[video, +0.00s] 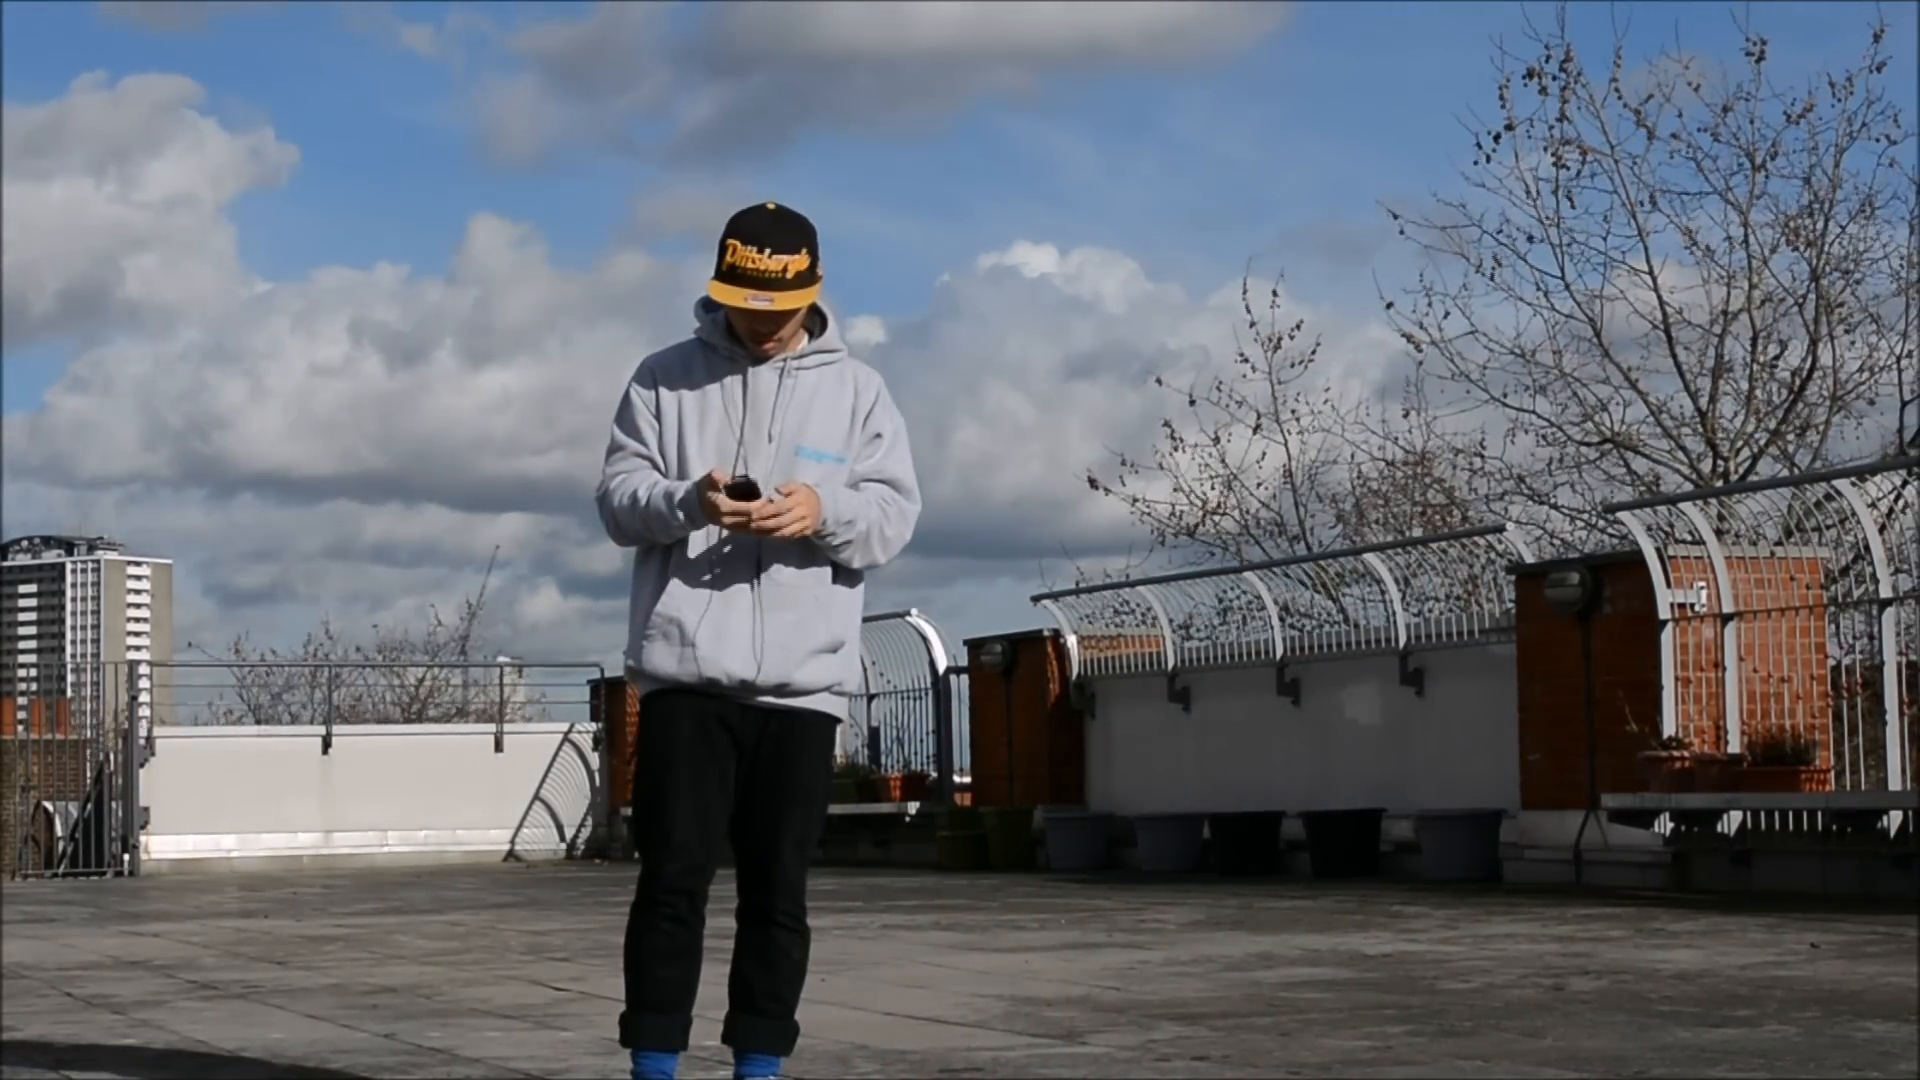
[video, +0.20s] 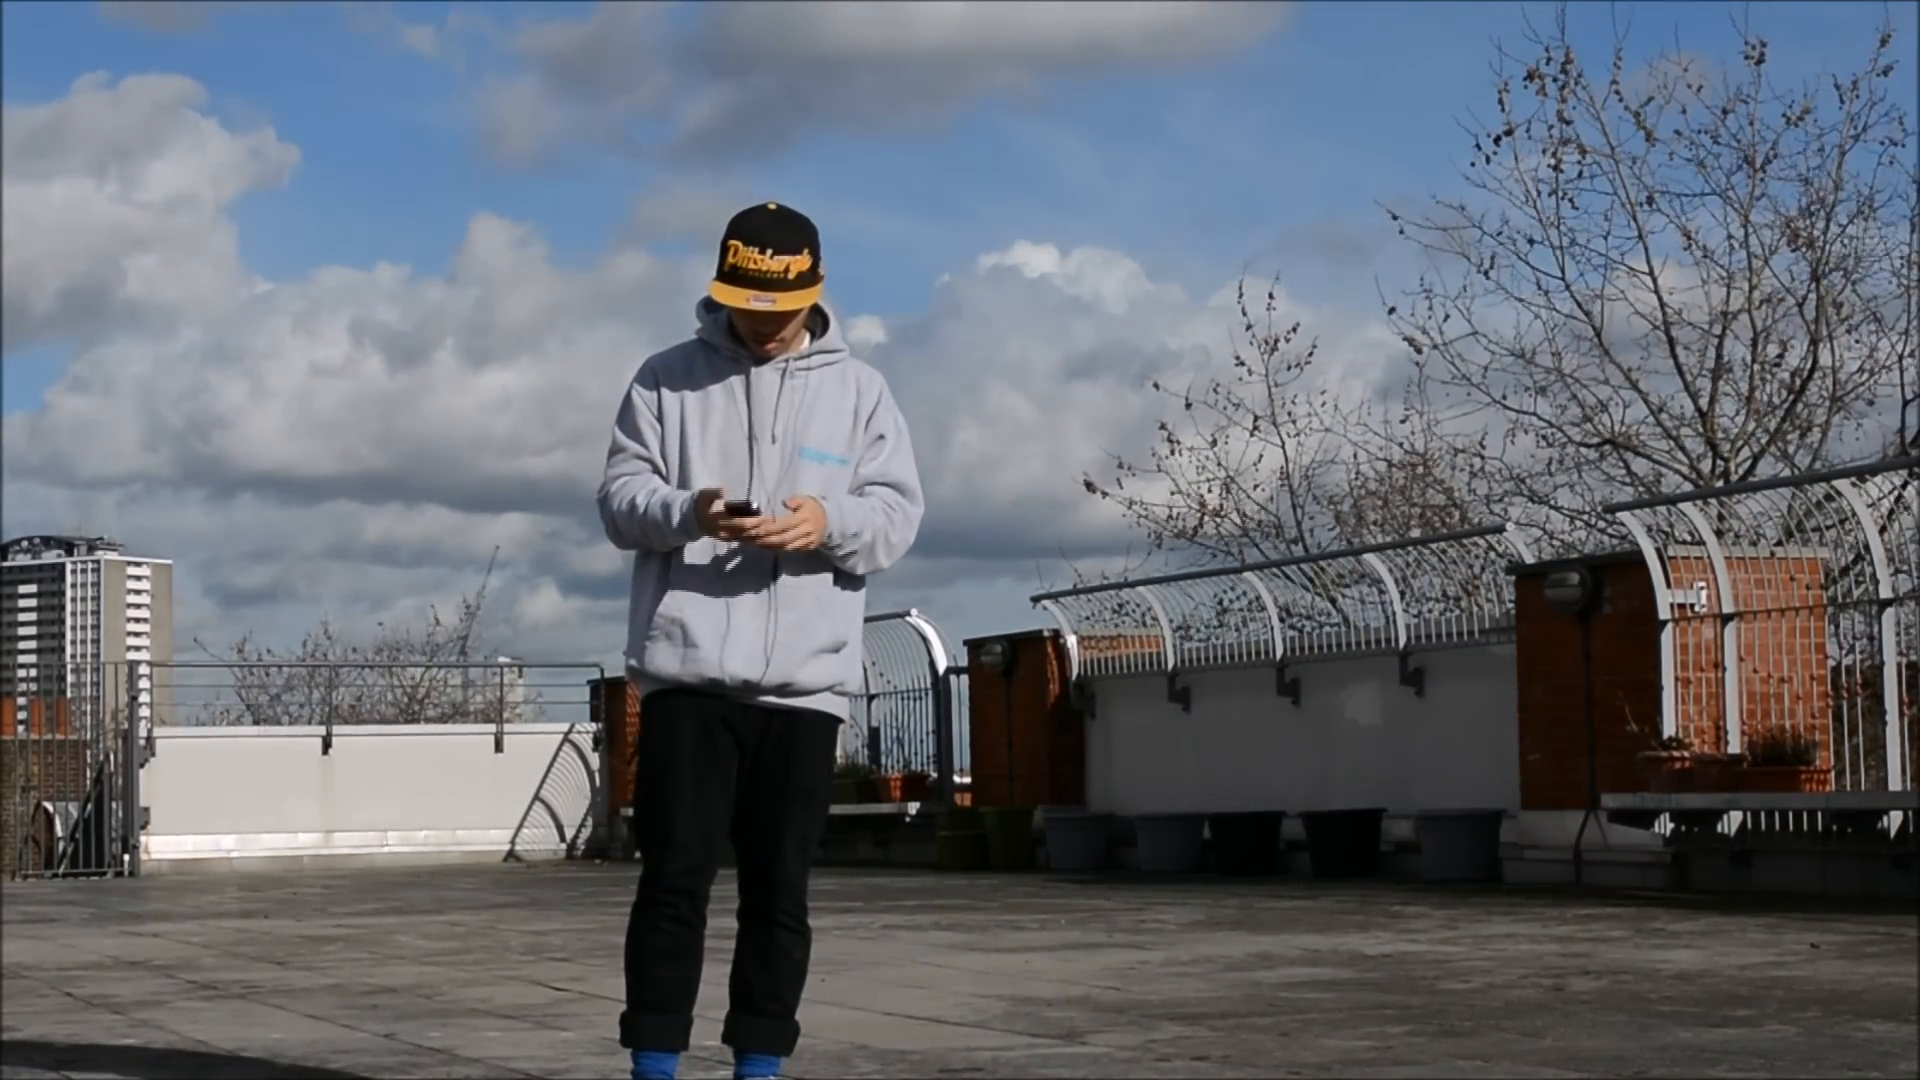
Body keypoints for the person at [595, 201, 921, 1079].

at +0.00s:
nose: (760, 320)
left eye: (779, 306)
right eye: (744, 303)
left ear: (812, 290)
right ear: (719, 287)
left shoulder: (858, 387)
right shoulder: (663, 379)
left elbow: (892, 512)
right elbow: (619, 498)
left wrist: (825, 510)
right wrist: (689, 502)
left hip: (802, 679)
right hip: (684, 674)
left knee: (779, 884)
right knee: (672, 876)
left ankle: (760, 1062)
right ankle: (653, 1061)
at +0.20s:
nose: (763, 321)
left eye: (781, 306)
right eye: (747, 304)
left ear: (814, 290)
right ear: (722, 288)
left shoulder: (860, 388)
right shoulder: (666, 379)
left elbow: (895, 513)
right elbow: (623, 499)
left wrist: (831, 523)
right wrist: (692, 514)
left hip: (804, 680)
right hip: (686, 674)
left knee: (780, 886)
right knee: (673, 877)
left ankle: (761, 1062)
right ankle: (654, 1061)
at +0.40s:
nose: (762, 318)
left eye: (781, 303)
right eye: (746, 301)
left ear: (816, 289)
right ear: (723, 287)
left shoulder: (862, 389)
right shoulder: (667, 379)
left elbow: (896, 517)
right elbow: (622, 498)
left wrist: (821, 529)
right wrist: (690, 518)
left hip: (805, 679)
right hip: (687, 673)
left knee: (780, 886)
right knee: (673, 877)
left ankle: (761, 1062)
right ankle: (654, 1061)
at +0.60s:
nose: (760, 320)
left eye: (780, 306)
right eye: (745, 303)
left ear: (817, 290)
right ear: (723, 287)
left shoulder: (863, 391)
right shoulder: (669, 378)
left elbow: (892, 516)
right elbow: (614, 490)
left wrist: (813, 535)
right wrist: (664, 509)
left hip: (803, 680)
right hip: (686, 675)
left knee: (779, 884)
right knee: (673, 876)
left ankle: (760, 1062)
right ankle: (654, 1061)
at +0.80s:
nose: (763, 322)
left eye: (782, 308)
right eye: (748, 305)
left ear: (819, 293)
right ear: (726, 287)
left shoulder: (864, 393)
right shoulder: (667, 377)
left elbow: (896, 518)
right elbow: (586, 476)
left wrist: (799, 542)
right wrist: (627, 481)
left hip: (803, 684)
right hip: (685, 676)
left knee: (778, 883)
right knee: (674, 876)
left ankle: (760, 1063)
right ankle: (654, 1061)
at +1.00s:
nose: (765, 317)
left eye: (786, 302)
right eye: (751, 298)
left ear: (823, 289)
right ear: (730, 282)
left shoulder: (866, 396)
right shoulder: (666, 375)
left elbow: (878, 523)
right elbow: (588, 465)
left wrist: (769, 543)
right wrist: (645, 534)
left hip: (805, 682)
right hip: (686, 673)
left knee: (778, 884)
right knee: (675, 875)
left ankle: (761, 1063)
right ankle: (654, 1061)